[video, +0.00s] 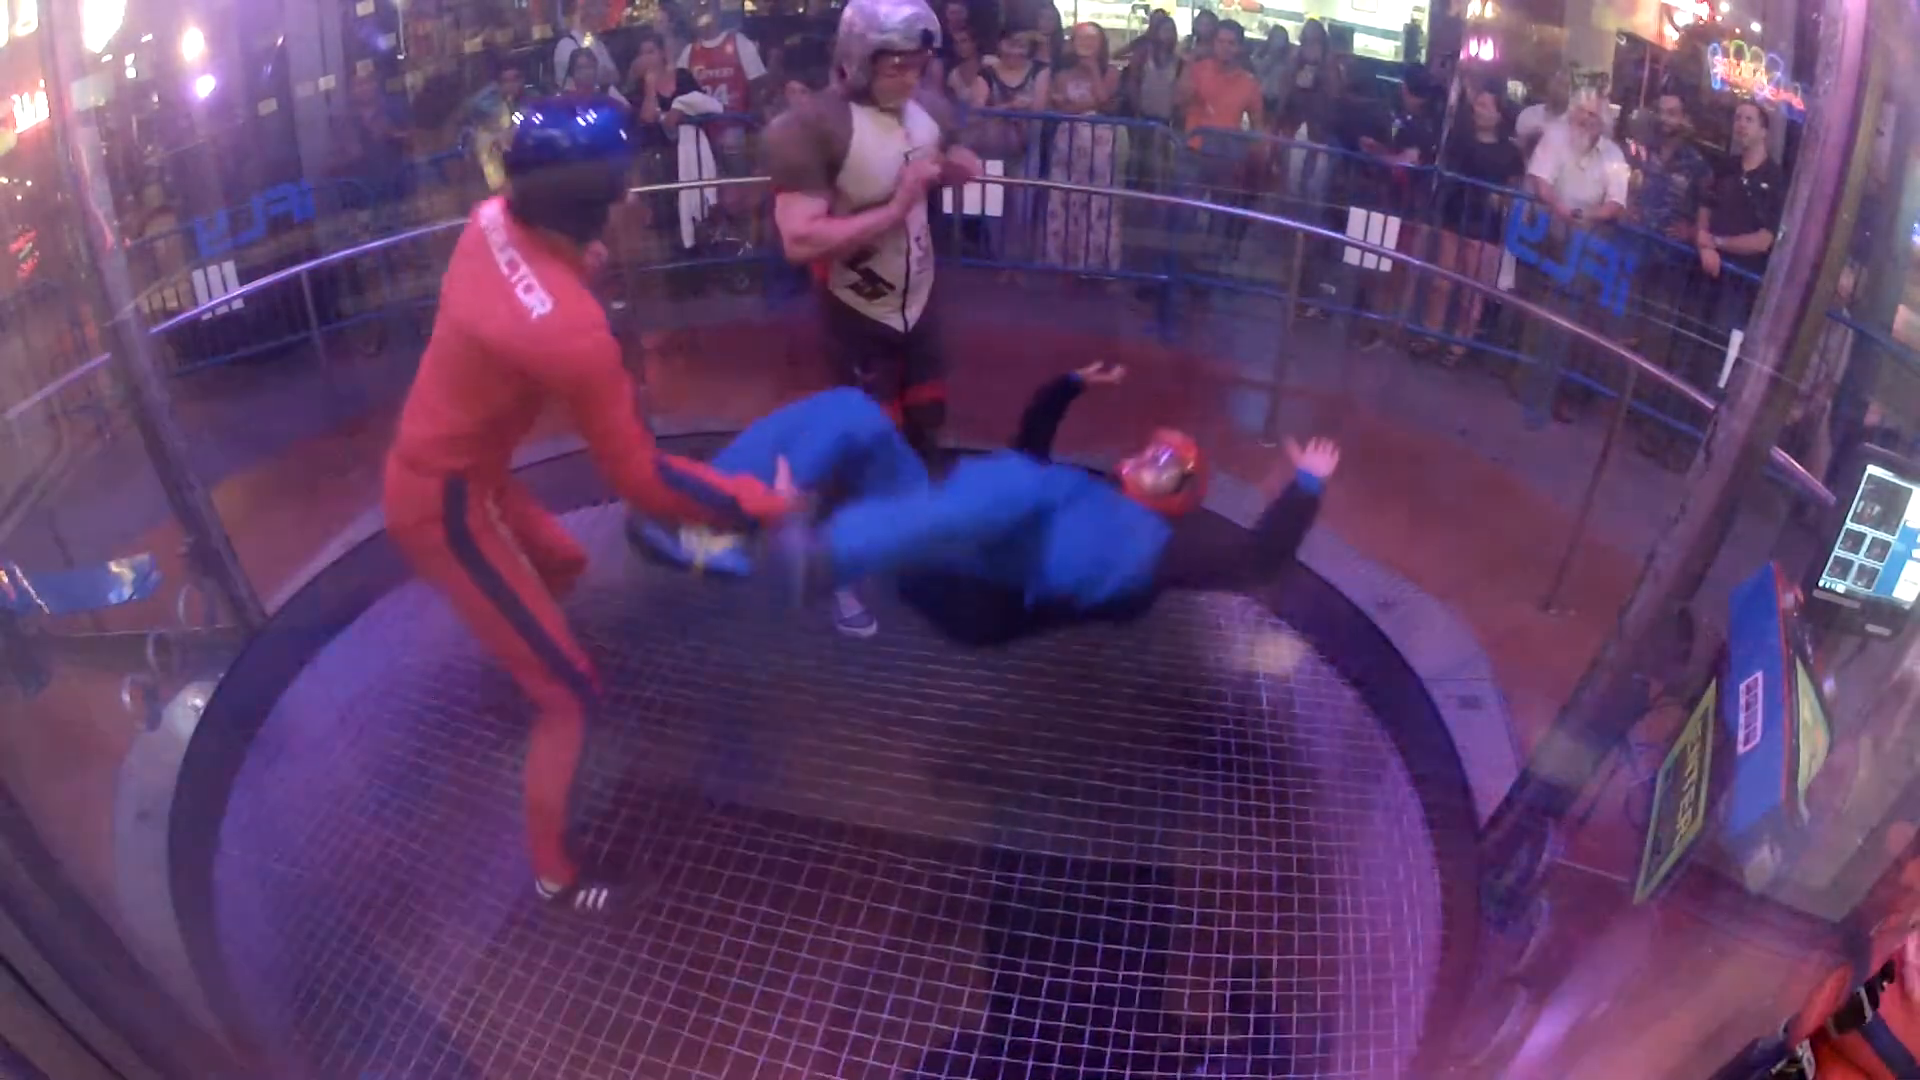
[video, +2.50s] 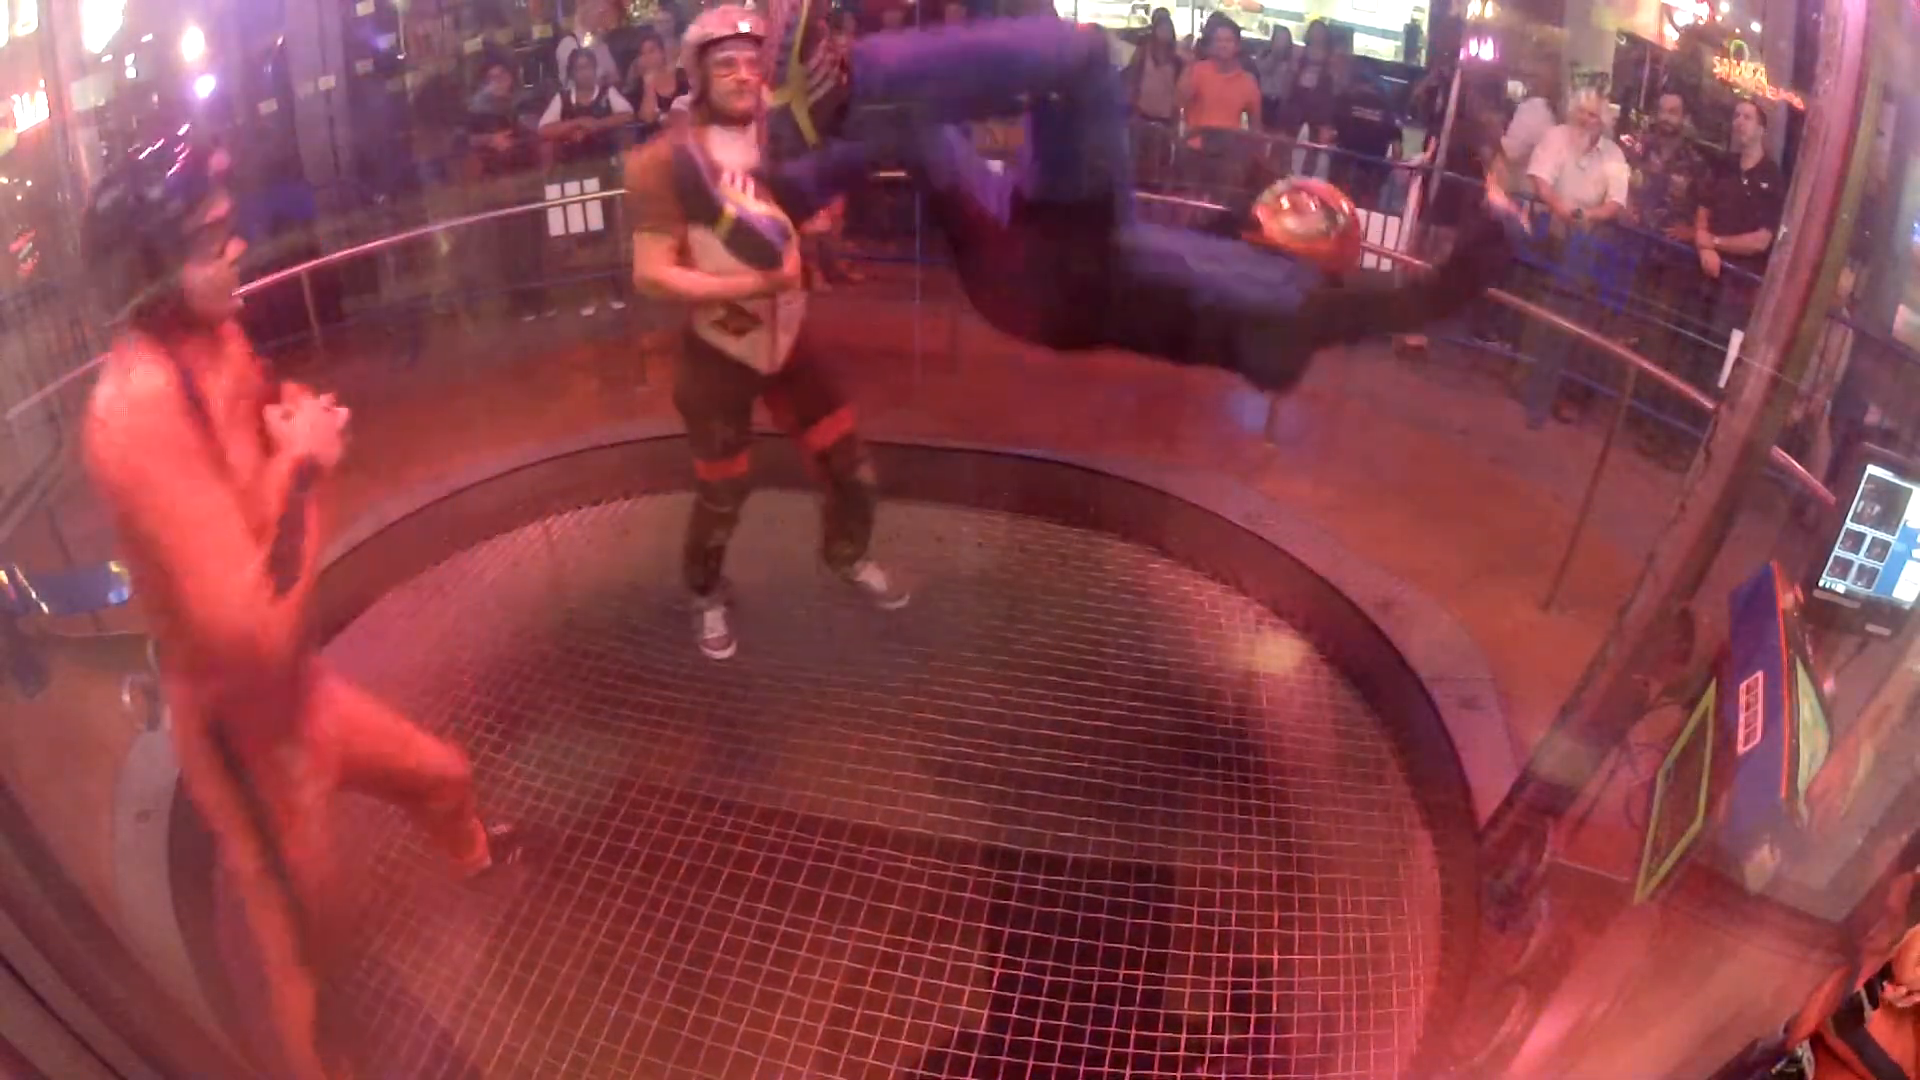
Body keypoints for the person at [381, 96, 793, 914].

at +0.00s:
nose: (624, 202)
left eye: (620, 188)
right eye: (617, 191)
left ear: (530, 184)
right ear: (594, 207)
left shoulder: (491, 222)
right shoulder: (571, 328)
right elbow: (636, 475)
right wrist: (752, 502)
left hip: (451, 464)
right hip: (445, 500)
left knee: (563, 561)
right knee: (566, 690)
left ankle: (506, 658)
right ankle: (551, 874)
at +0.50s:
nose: (546, 126)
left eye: (543, 109)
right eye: (536, 111)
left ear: (441, 117)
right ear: (505, 123)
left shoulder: (388, 205)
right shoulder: (531, 222)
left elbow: (334, 308)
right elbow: (690, 329)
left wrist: (429, 290)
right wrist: (790, 281)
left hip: (416, 487)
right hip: (490, 499)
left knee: (514, 619)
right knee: (556, 706)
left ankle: (469, 759)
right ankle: (556, 882)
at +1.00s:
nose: (477, 129)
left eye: (473, 111)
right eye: (458, 116)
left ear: (400, 135)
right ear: (410, 133)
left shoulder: (406, 215)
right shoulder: (412, 247)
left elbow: (486, 322)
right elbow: (489, 422)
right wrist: (522, 346)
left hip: (481, 489)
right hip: (461, 512)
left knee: (522, 659)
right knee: (533, 693)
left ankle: (474, 820)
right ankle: (554, 877)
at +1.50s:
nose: (427, 131)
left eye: (429, 112)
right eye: (401, 120)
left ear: (432, 111)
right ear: (346, 140)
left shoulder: (409, 204)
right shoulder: (351, 243)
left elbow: (434, 338)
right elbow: (416, 442)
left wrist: (479, 298)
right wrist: (487, 328)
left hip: (478, 485)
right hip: (437, 515)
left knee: (495, 670)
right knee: (523, 712)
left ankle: (471, 832)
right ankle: (558, 883)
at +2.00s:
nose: (397, 131)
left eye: (395, 112)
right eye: (373, 119)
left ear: (390, 121)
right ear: (317, 141)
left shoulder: (391, 211)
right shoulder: (298, 263)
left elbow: (413, 320)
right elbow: (357, 456)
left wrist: (456, 294)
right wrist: (446, 323)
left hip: (423, 519)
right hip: (364, 549)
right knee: (482, 774)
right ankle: (468, 984)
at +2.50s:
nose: (238, 252)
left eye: (233, 230)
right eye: (213, 241)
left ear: (226, 227)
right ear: (152, 265)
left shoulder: (218, 341)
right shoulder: (134, 404)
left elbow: (246, 515)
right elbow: (244, 629)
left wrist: (286, 444)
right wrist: (299, 465)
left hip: (287, 681)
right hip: (233, 722)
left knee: (444, 771)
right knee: (291, 950)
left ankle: (473, 865)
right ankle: (304, 1071)